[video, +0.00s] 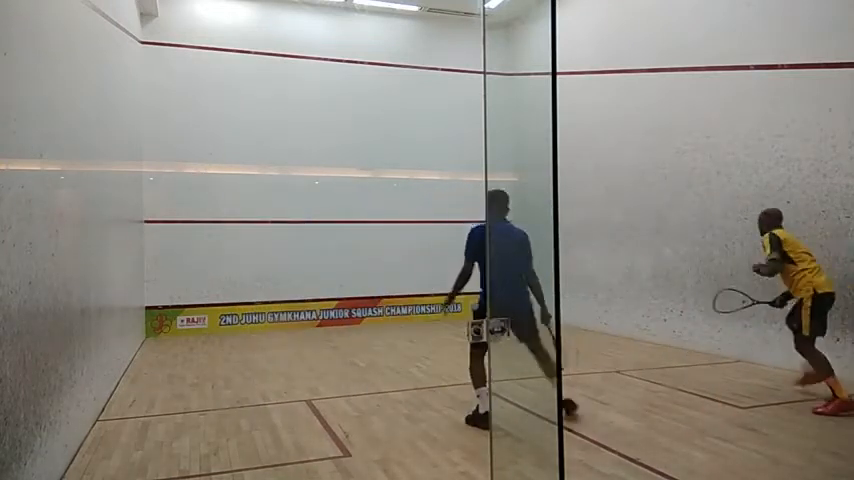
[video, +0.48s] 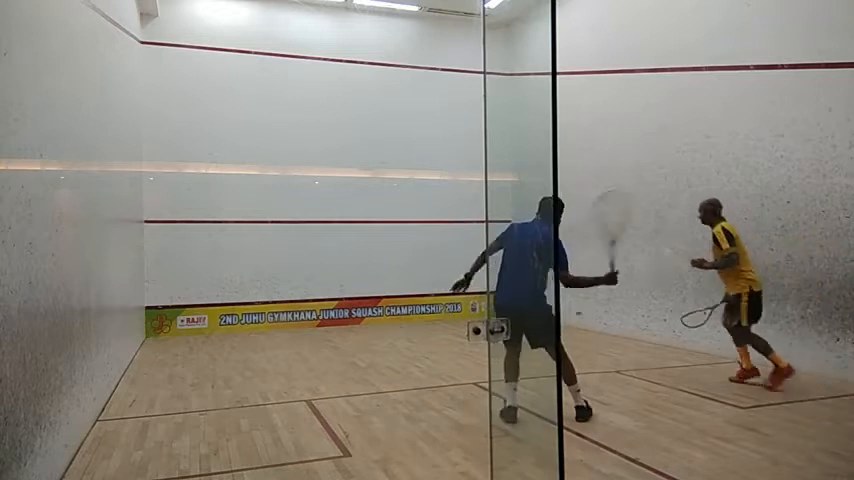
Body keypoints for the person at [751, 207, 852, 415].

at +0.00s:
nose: (759, 226)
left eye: (760, 222)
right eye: (760, 222)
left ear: (765, 222)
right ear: (777, 222)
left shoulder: (772, 236)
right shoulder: (786, 237)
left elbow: (773, 267)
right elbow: (803, 272)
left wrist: (759, 268)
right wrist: (786, 296)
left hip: (814, 292)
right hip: (817, 289)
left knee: (803, 345)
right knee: (793, 322)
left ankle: (841, 397)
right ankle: (817, 370)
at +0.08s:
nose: (748, 233)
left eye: (749, 228)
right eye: (748, 228)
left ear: (754, 228)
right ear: (767, 227)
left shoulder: (764, 243)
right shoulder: (776, 242)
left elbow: (759, 276)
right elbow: (792, 278)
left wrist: (749, 267)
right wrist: (774, 299)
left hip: (806, 299)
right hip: (803, 299)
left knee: (801, 349)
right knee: (786, 334)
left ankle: (841, 398)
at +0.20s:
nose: (737, 234)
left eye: (740, 229)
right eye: (737, 230)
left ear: (749, 229)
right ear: (755, 229)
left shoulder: (757, 246)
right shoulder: (766, 245)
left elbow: (753, 275)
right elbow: (774, 279)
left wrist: (736, 272)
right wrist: (760, 301)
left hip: (793, 305)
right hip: (784, 305)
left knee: (799, 348)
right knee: (767, 333)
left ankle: (841, 398)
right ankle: (757, 373)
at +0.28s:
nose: (723, 229)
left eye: (726, 225)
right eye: (723, 225)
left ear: (736, 225)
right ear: (740, 225)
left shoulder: (744, 243)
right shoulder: (748, 243)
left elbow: (753, 272)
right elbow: (758, 277)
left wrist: (729, 275)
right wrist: (748, 299)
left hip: (775, 300)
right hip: (765, 301)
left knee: (786, 342)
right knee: (749, 327)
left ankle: (827, 387)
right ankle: (752, 373)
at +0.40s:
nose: (711, 221)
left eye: (713, 217)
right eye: (711, 217)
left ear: (725, 217)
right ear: (726, 218)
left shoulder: (733, 235)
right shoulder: (732, 236)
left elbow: (745, 263)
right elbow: (746, 268)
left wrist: (719, 270)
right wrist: (741, 292)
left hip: (760, 293)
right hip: (749, 294)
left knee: (761, 336)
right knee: (742, 328)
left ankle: (808, 375)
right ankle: (751, 373)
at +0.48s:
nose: (700, 216)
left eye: (702, 212)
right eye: (700, 212)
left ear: (712, 213)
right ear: (715, 212)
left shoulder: (721, 230)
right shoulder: (719, 231)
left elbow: (732, 259)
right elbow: (732, 263)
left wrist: (707, 265)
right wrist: (731, 290)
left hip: (746, 288)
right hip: (737, 289)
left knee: (743, 331)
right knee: (730, 323)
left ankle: (782, 366)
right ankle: (747, 367)